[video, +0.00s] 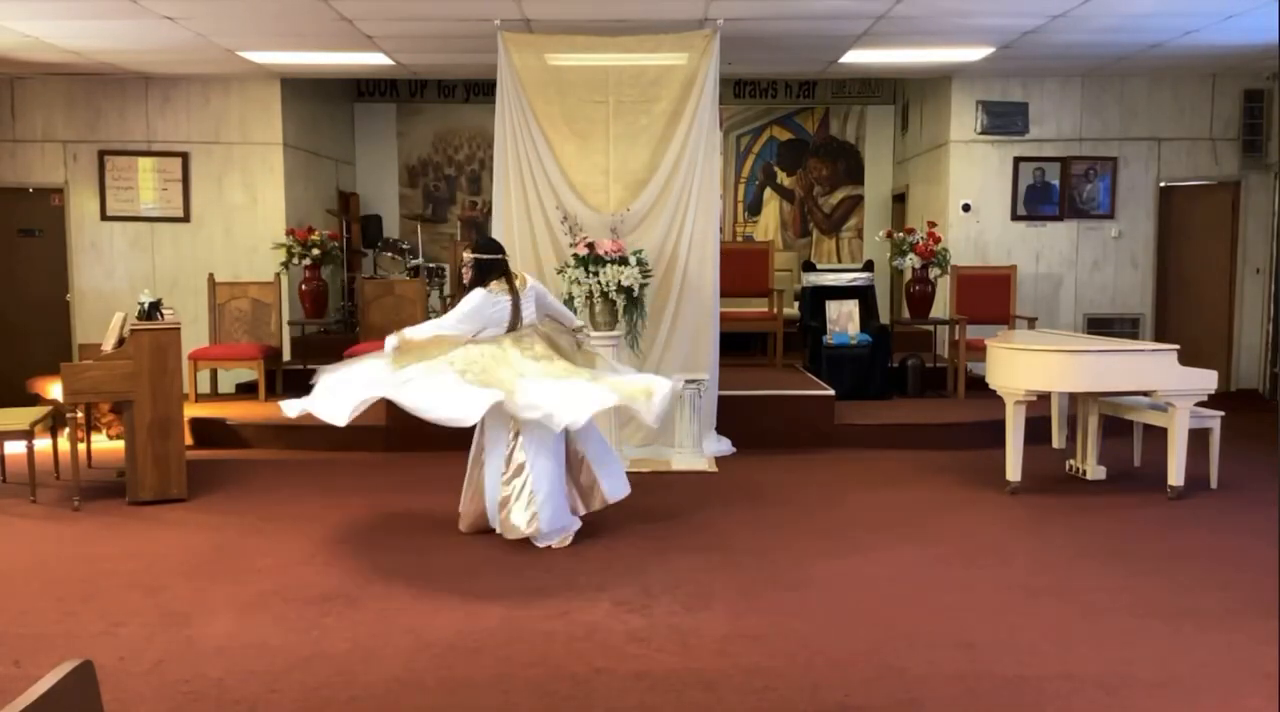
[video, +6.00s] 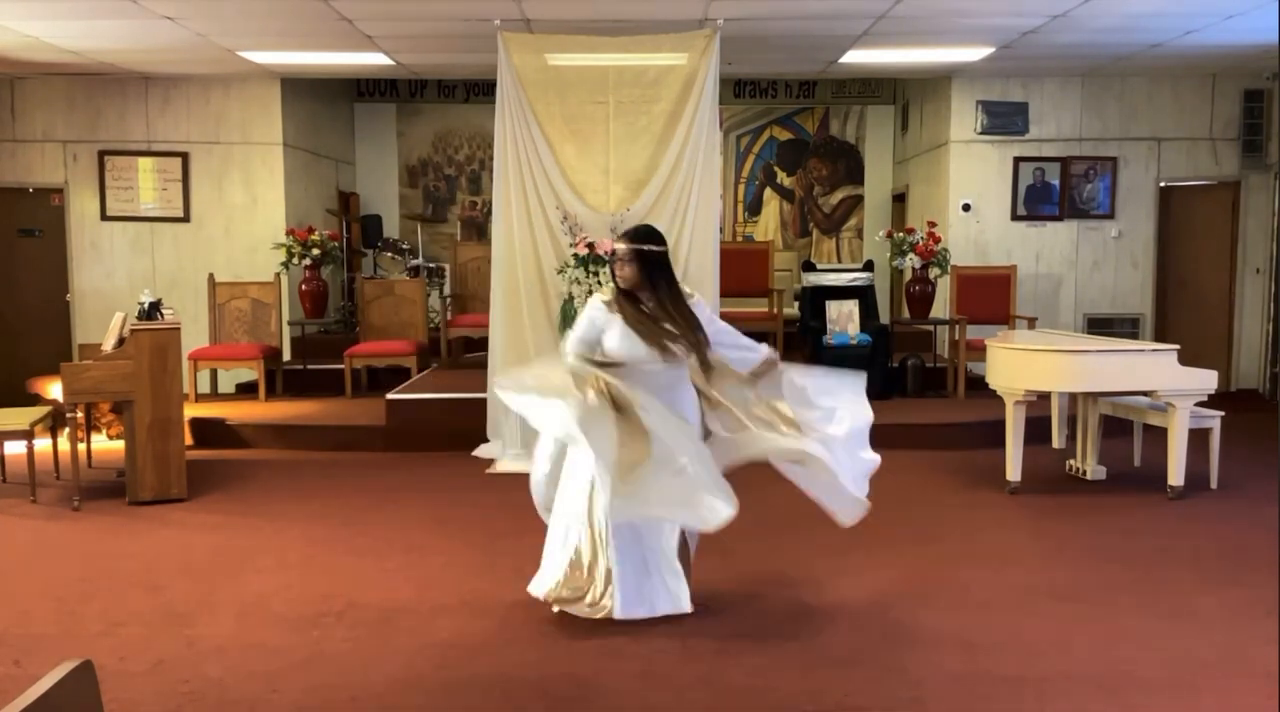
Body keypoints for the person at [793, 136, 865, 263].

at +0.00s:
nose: (817, 176)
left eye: (822, 169)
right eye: (813, 170)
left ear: (839, 166)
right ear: (808, 172)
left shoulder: (854, 193)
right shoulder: (818, 194)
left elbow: (828, 227)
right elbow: (800, 233)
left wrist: (808, 196)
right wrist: (799, 198)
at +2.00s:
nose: (815, 176)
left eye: (820, 170)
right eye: (812, 171)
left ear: (840, 166)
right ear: (808, 173)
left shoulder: (854, 193)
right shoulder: (820, 195)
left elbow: (828, 227)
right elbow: (799, 232)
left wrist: (808, 197)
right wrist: (799, 197)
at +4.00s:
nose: (815, 176)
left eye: (821, 169)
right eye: (812, 171)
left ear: (840, 166)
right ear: (808, 172)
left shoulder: (854, 193)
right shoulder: (819, 195)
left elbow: (828, 227)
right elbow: (800, 233)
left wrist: (808, 197)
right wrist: (798, 197)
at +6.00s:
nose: (815, 176)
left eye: (821, 170)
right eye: (812, 171)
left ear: (839, 166)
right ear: (808, 172)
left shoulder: (854, 193)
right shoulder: (819, 195)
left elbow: (828, 227)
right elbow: (799, 233)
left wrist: (808, 197)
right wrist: (799, 197)